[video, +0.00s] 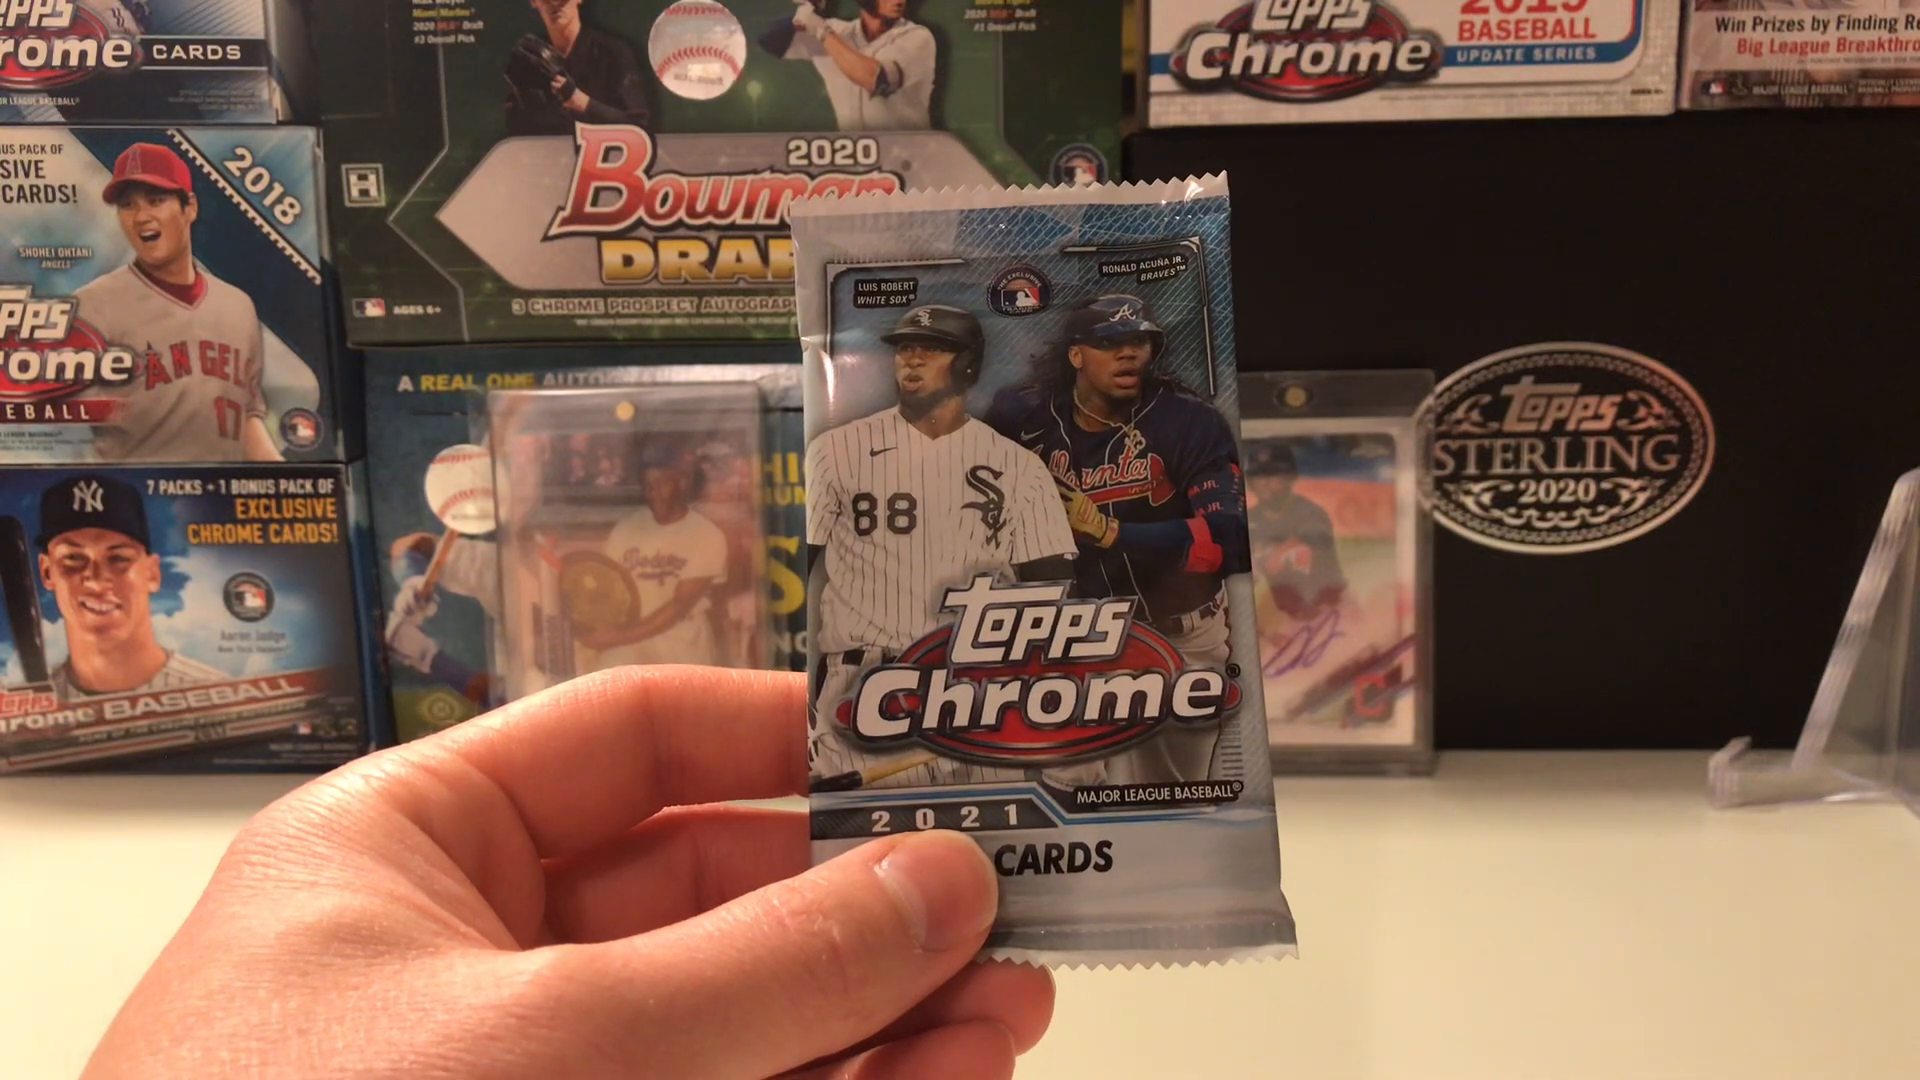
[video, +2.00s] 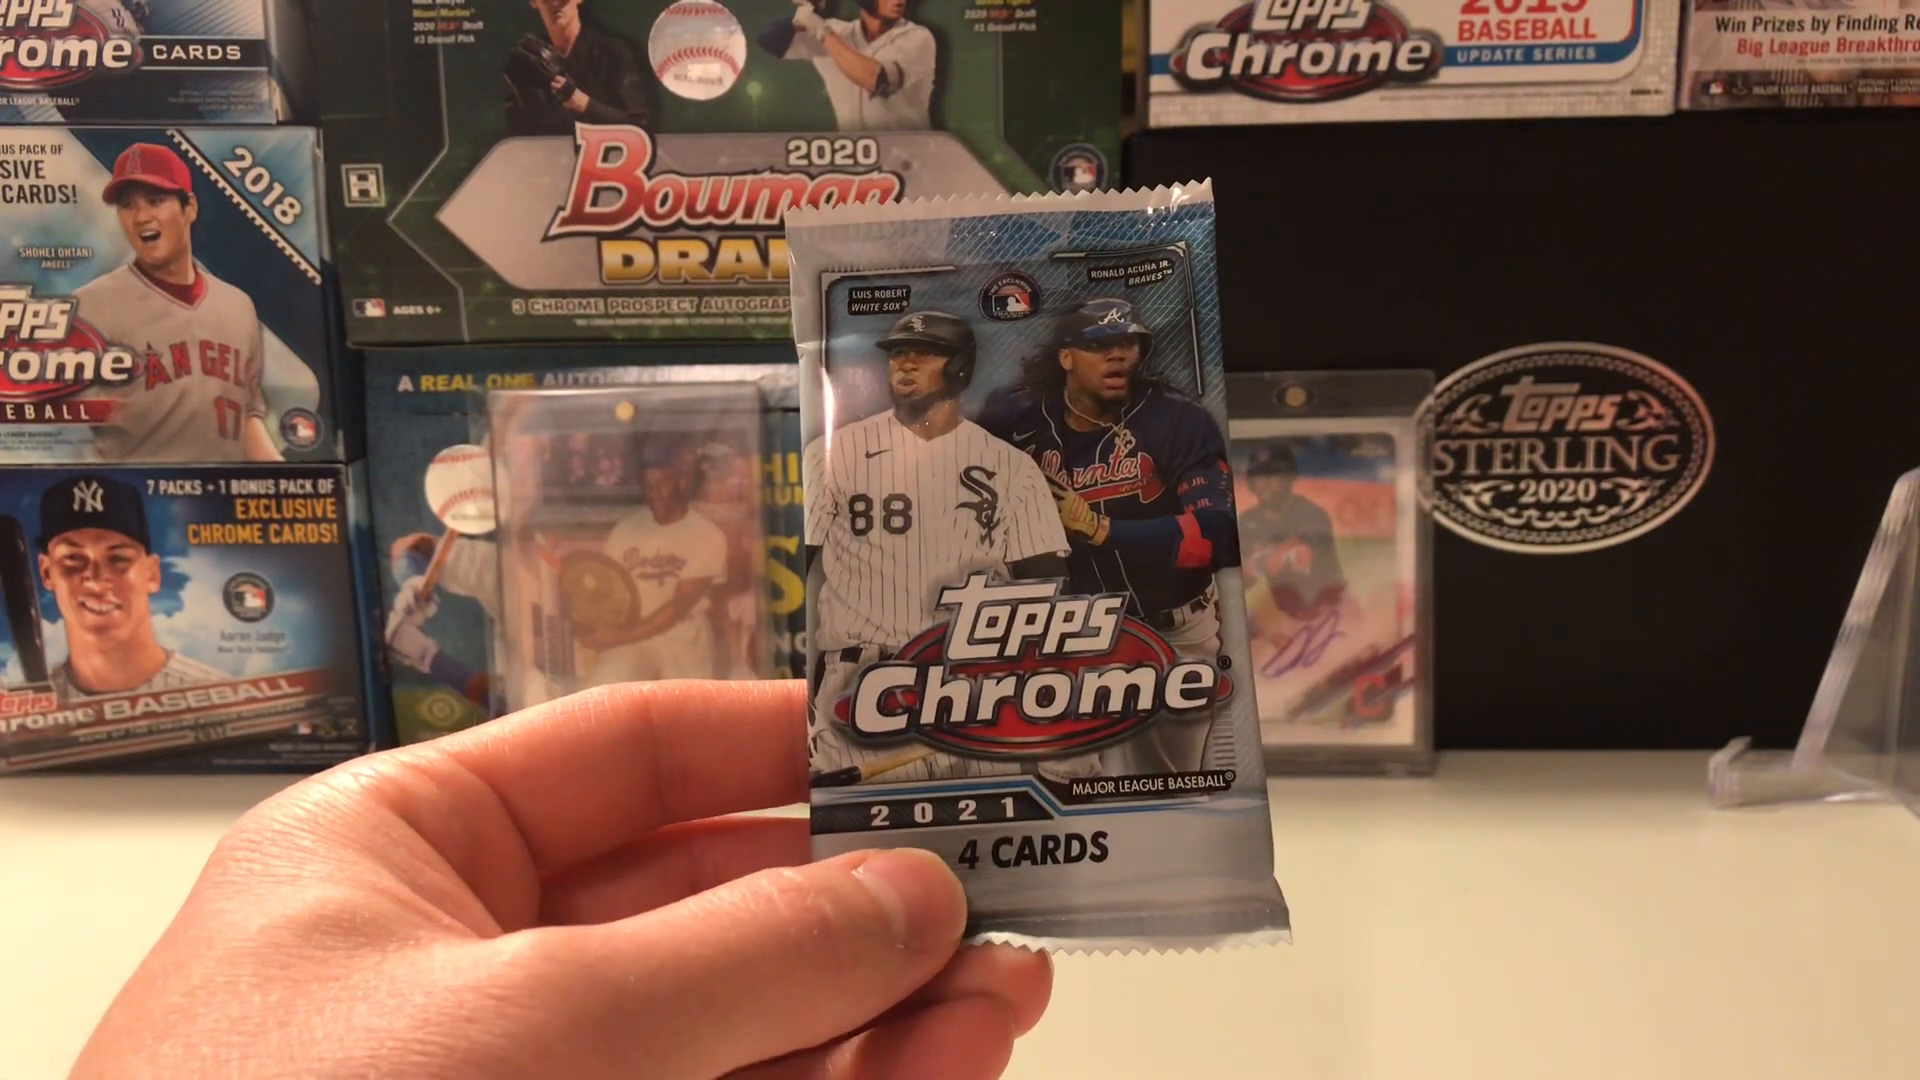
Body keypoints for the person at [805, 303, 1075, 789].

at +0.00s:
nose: (911, 360)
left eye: (929, 348)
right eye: (904, 348)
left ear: (966, 364)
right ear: (893, 358)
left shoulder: (1019, 468)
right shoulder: (833, 454)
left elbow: (1050, 590)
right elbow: (802, 578)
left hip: (975, 694)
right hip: (857, 693)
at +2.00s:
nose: (904, 365)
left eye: (922, 354)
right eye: (897, 353)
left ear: (957, 368)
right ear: (887, 363)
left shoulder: (1011, 469)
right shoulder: (834, 455)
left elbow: (1043, 588)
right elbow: (791, 575)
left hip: (968, 696)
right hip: (851, 694)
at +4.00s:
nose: (916, 366)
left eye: (933, 356)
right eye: (909, 355)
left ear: (968, 370)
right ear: (899, 365)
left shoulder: (1020, 471)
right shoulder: (840, 456)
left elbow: (1051, 594)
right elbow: (812, 571)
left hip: (975, 694)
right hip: (856, 692)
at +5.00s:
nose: (968, 373)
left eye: (986, 363)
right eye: (961, 362)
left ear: (1020, 378)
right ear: (951, 372)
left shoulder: (1076, 481)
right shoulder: (892, 465)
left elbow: (1110, 603)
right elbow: (849, 586)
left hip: (1033, 710)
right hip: (912, 709)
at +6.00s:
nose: (1018, 373)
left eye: (1036, 363)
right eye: (1011, 361)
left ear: (1072, 380)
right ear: (999, 370)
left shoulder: (1126, 489)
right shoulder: (939, 464)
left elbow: (1156, 620)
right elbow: (911, 598)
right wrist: (903, 719)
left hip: (1079, 722)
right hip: (956, 717)